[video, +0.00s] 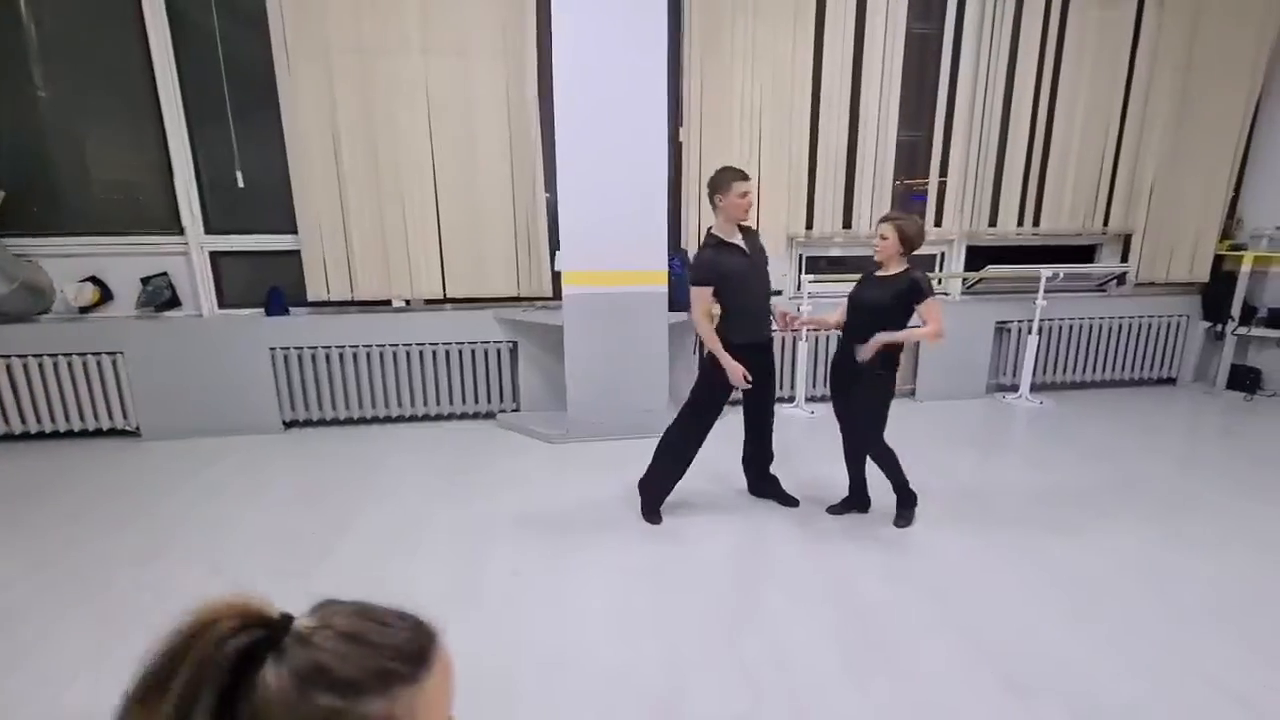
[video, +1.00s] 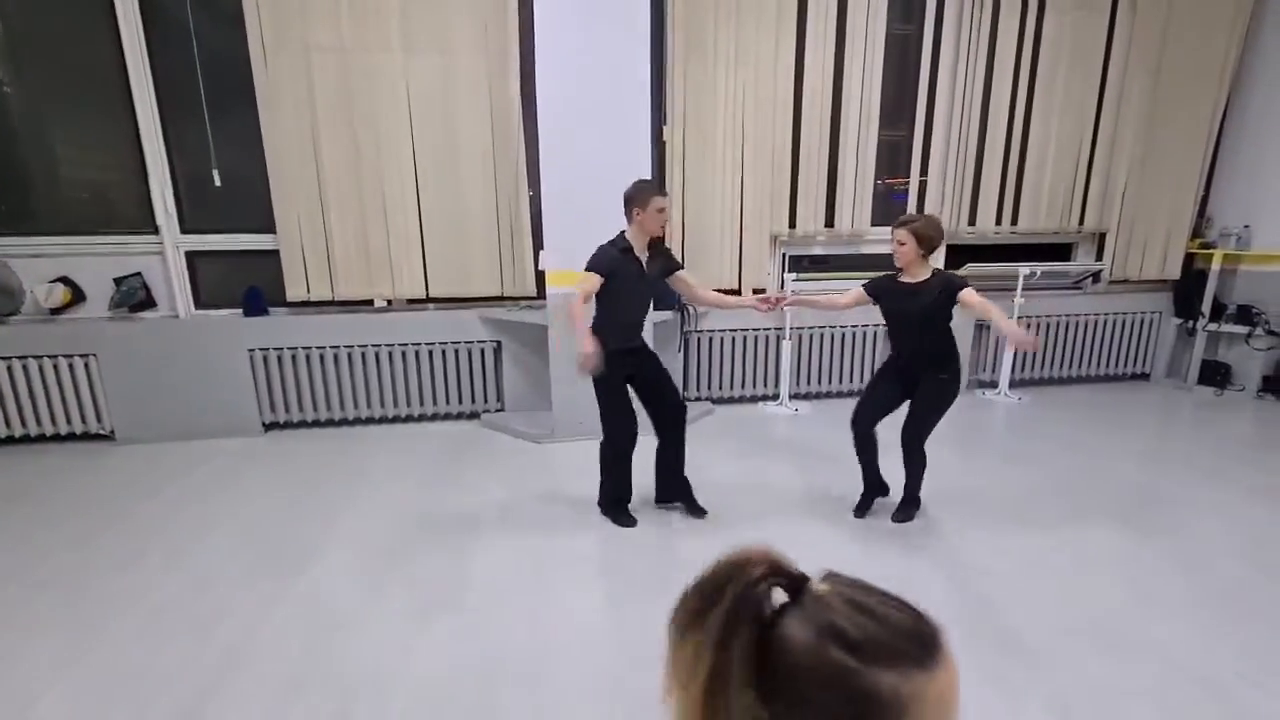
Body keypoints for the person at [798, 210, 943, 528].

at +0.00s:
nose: (876, 243)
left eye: (883, 238)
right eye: (876, 237)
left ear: (902, 245)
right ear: (882, 241)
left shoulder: (914, 280)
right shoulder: (871, 275)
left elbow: (935, 330)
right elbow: (844, 319)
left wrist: (882, 338)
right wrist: (808, 320)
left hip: (878, 369)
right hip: (845, 363)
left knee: (870, 438)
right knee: (849, 433)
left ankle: (905, 496)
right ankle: (857, 495)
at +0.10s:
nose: (877, 241)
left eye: (884, 236)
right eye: (877, 235)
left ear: (904, 243)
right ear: (877, 239)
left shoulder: (913, 281)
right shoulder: (864, 277)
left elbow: (927, 328)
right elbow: (836, 315)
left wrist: (890, 308)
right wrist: (807, 312)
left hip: (885, 372)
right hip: (848, 367)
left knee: (879, 437)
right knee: (849, 434)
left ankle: (910, 497)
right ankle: (855, 495)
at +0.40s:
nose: (892, 245)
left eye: (899, 240)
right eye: (893, 239)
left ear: (920, 246)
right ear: (899, 244)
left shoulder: (937, 282)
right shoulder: (887, 280)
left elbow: (949, 312)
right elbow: (851, 310)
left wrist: (904, 302)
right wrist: (815, 302)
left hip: (924, 375)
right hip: (883, 370)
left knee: (916, 440)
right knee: (854, 429)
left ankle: (925, 501)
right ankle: (854, 495)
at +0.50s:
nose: (899, 247)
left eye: (906, 242)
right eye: (899, 241)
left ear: (927, 247)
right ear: (904, 245)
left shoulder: (946, 281)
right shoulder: (895, 283)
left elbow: (962, 310)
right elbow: (857, 311)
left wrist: (926, 320)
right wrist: (818, 305)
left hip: (934, 376)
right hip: (894, 370)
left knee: (920, 441)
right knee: (858, 425)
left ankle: (922, 503)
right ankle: (850, 491)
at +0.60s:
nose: (903, 247)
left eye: (910, 242)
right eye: (903, 241)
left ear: (931, 246)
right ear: (907, 244)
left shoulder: (952, 282)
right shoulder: (898, 284)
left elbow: (977, 305)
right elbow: (859, 307)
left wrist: (969, 327)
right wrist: (820, 303)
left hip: (945, 374)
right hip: (906, 366)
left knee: (922, 438)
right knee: (863, 417)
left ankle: (920, 500)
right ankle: (851, 485)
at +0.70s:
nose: (905, 248)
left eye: (912, 241)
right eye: (905, 241)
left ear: (934, 245)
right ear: (908, 243)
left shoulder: (955, 281)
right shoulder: (897, 283)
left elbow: (993, 302)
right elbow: (856, 304)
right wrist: (815, 302)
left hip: (953, 373)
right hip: (913, 367)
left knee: (925, 436)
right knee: (872, 417)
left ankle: (919, 499)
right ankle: (860, 486)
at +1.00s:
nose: (894, 249)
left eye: (901, 243)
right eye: (893, 243)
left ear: (923, 248)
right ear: (894, 245)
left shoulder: (946, 283)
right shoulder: (884, 285)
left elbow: (983, 307)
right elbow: (841, 302)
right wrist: (793, 300)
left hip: (940, 375)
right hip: (900, 370)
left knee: (912, 437)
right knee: (861, 421)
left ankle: (911, 500)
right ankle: (873, 485)